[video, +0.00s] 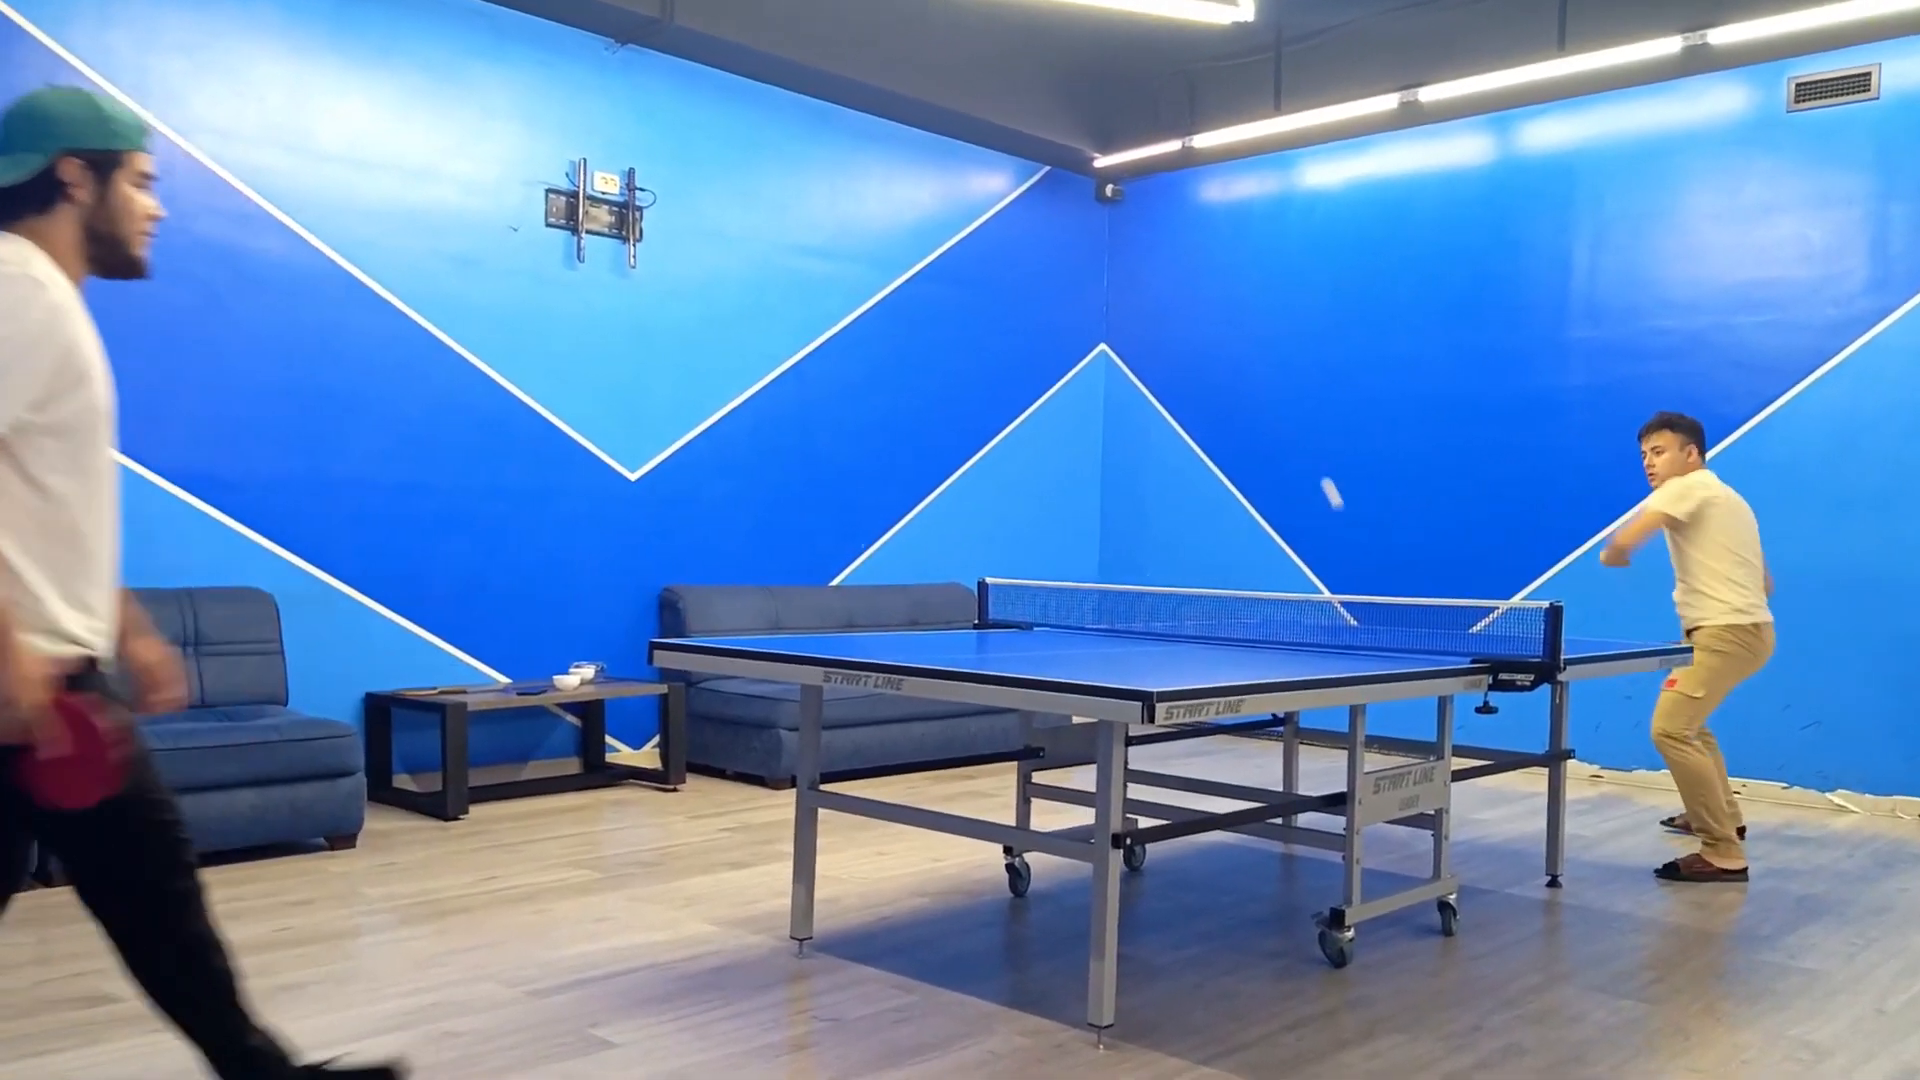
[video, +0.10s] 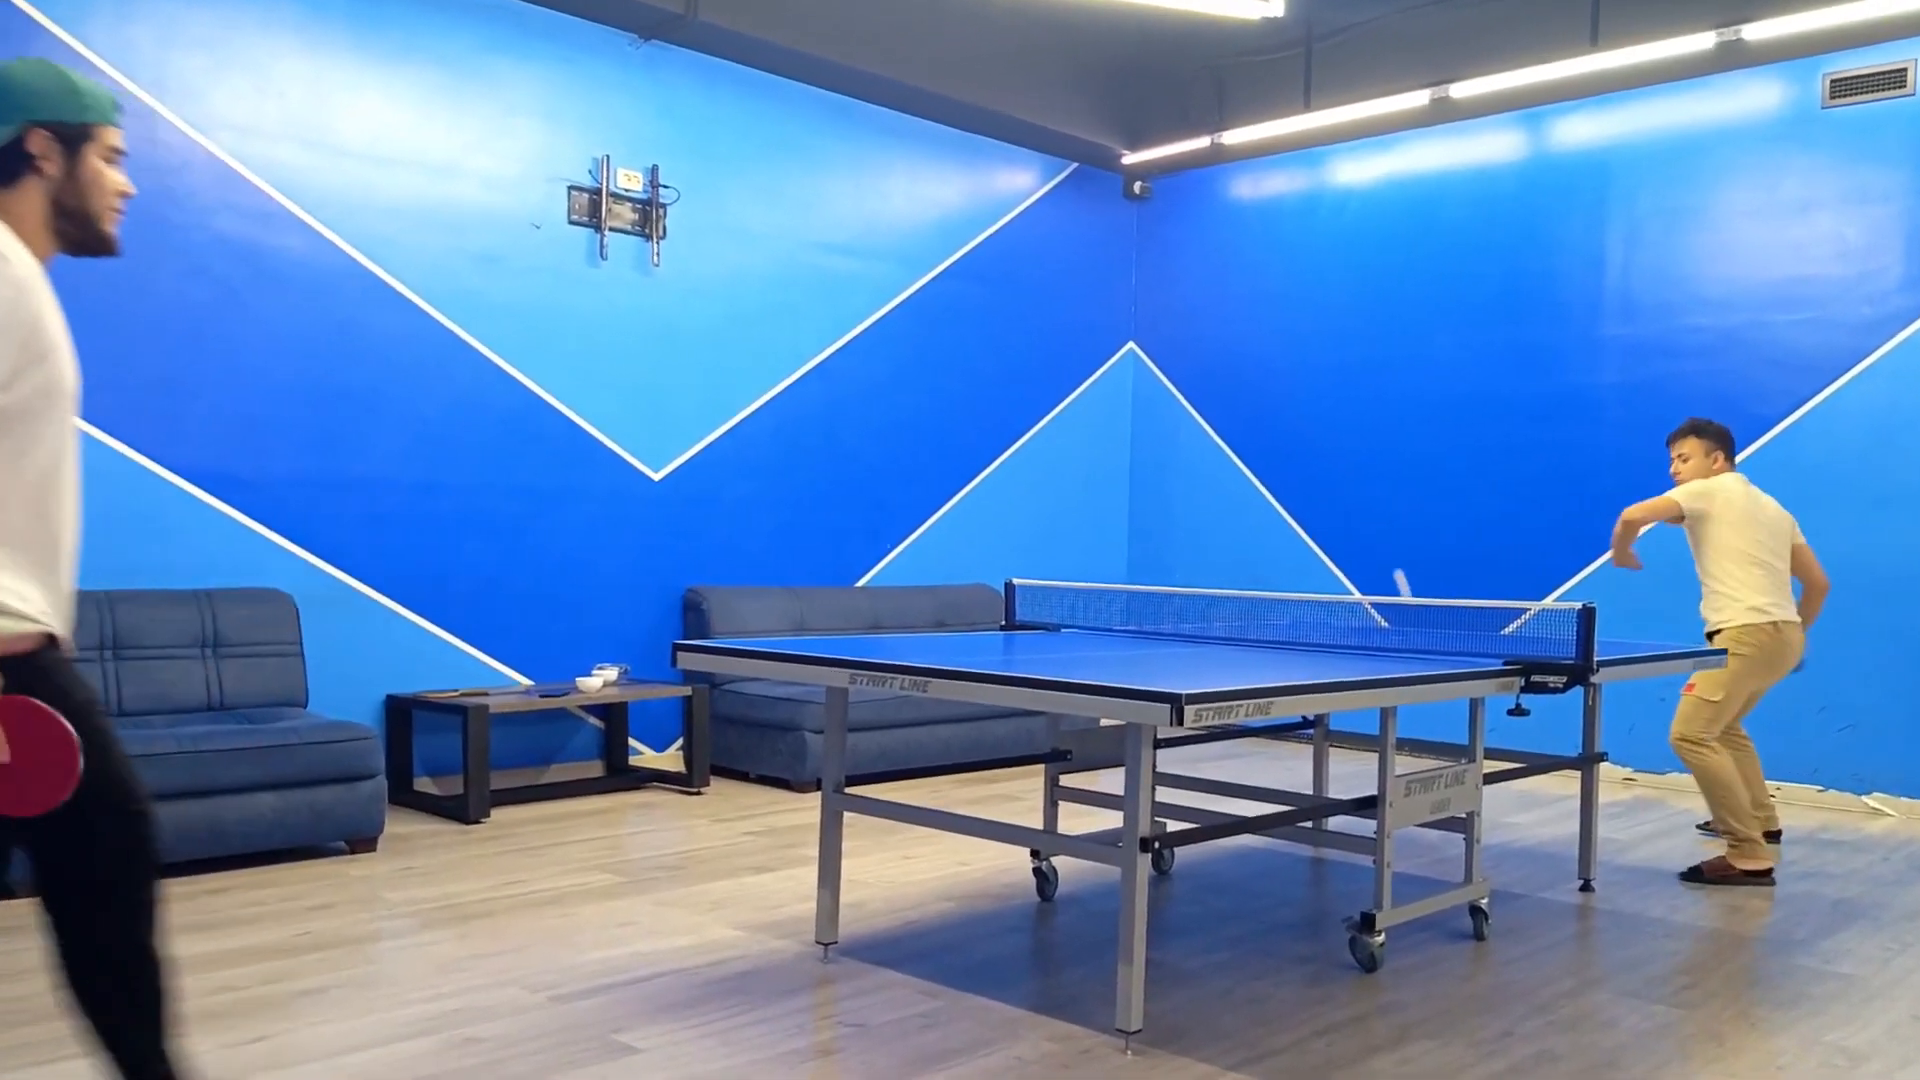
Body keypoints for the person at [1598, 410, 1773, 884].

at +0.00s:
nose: (1648, 463)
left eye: (1657, 451)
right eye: (1645, 455)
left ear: (1691, 453)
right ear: (1693, 459)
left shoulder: (1688, 487)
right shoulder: (1730, 499)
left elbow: (1622, 542)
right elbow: (1763, 583)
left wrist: (1613, 555)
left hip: (1725, 630)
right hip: (1745, 628)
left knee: (1671, 730)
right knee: (1686, 722)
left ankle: (1723, 853)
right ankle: (1720, 816)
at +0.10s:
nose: (1673, 470)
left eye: (1682, 459)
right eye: (1672, 461)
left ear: (1718, 459)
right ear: (1723, 463)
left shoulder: (1705, 491)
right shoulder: (1774, 509)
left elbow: (1631, 517)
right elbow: (1817, 582)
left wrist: (1621, 551)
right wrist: (1795, 632)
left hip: (1747, 633)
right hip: (1786, 635)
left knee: (1691, 736)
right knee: (1723, 726)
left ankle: (1747, 854)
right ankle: (1762, 824)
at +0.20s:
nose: (1690, 484)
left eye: (1699, 473)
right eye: (1689, 474)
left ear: (1735, 475)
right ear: (1741, 478)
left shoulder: (1732, 505)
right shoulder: (1790, 521)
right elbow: (1847, 587)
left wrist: (1646, 559)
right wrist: (1841, 620)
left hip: (1773, 650)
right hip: (1812, 651)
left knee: (1698, 741)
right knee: (1747, 731)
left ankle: (1753, 858)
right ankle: (1789, 824)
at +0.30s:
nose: (1709, 471)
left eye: (1718, 461)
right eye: (1709, 462)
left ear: (1752, 466)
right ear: (1746, 469)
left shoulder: (1765, 500)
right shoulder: (1762, 507)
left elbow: (1826, 531)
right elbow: (1813, 541)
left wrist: (1762, 571)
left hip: (1805, 647)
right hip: (1810, 648)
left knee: (1726, 737)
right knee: (1763, 736)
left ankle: (1765, 861)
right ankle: (1823, 827)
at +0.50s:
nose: (1728, 466)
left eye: (1741, 458)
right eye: (1725, 455)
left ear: (1774, 462)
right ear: (1718, 452)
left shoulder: (1810, 501)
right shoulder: (1708, 481)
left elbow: (1878, 513)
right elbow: (1659, 443)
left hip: (1780, 635)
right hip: (1718, 633)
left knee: (1748, 715)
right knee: (1708, 735)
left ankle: (1761, 850)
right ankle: (1782, 784)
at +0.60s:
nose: (1707, 470)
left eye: (1720, 464)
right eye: (1703, 459)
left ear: (1749, 465)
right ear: (1696, 453)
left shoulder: (1764, 499)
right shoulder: (1675, 478)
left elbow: (1786, 517)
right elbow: (1648, 431)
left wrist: (1824, 520)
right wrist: (1645, 367)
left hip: (1726, 629)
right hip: (1665, 624)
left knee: (1712, 704)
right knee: (1632, 713)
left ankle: (1725, 833)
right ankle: (1674, 780)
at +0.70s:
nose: (1678, 465)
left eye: (1692, 459)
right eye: (1674, 454)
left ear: (1717, 464)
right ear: (1665, 448)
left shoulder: (1724, 501)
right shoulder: (1637, 476)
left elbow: (1710, 537)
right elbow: (1607, 444)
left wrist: (1718, 561)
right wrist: (1612, 398)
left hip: (1673, 623)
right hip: (1611, 618)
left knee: (1669, 692)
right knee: (1563, 705)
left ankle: (1686, 816)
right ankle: (1599, 764)